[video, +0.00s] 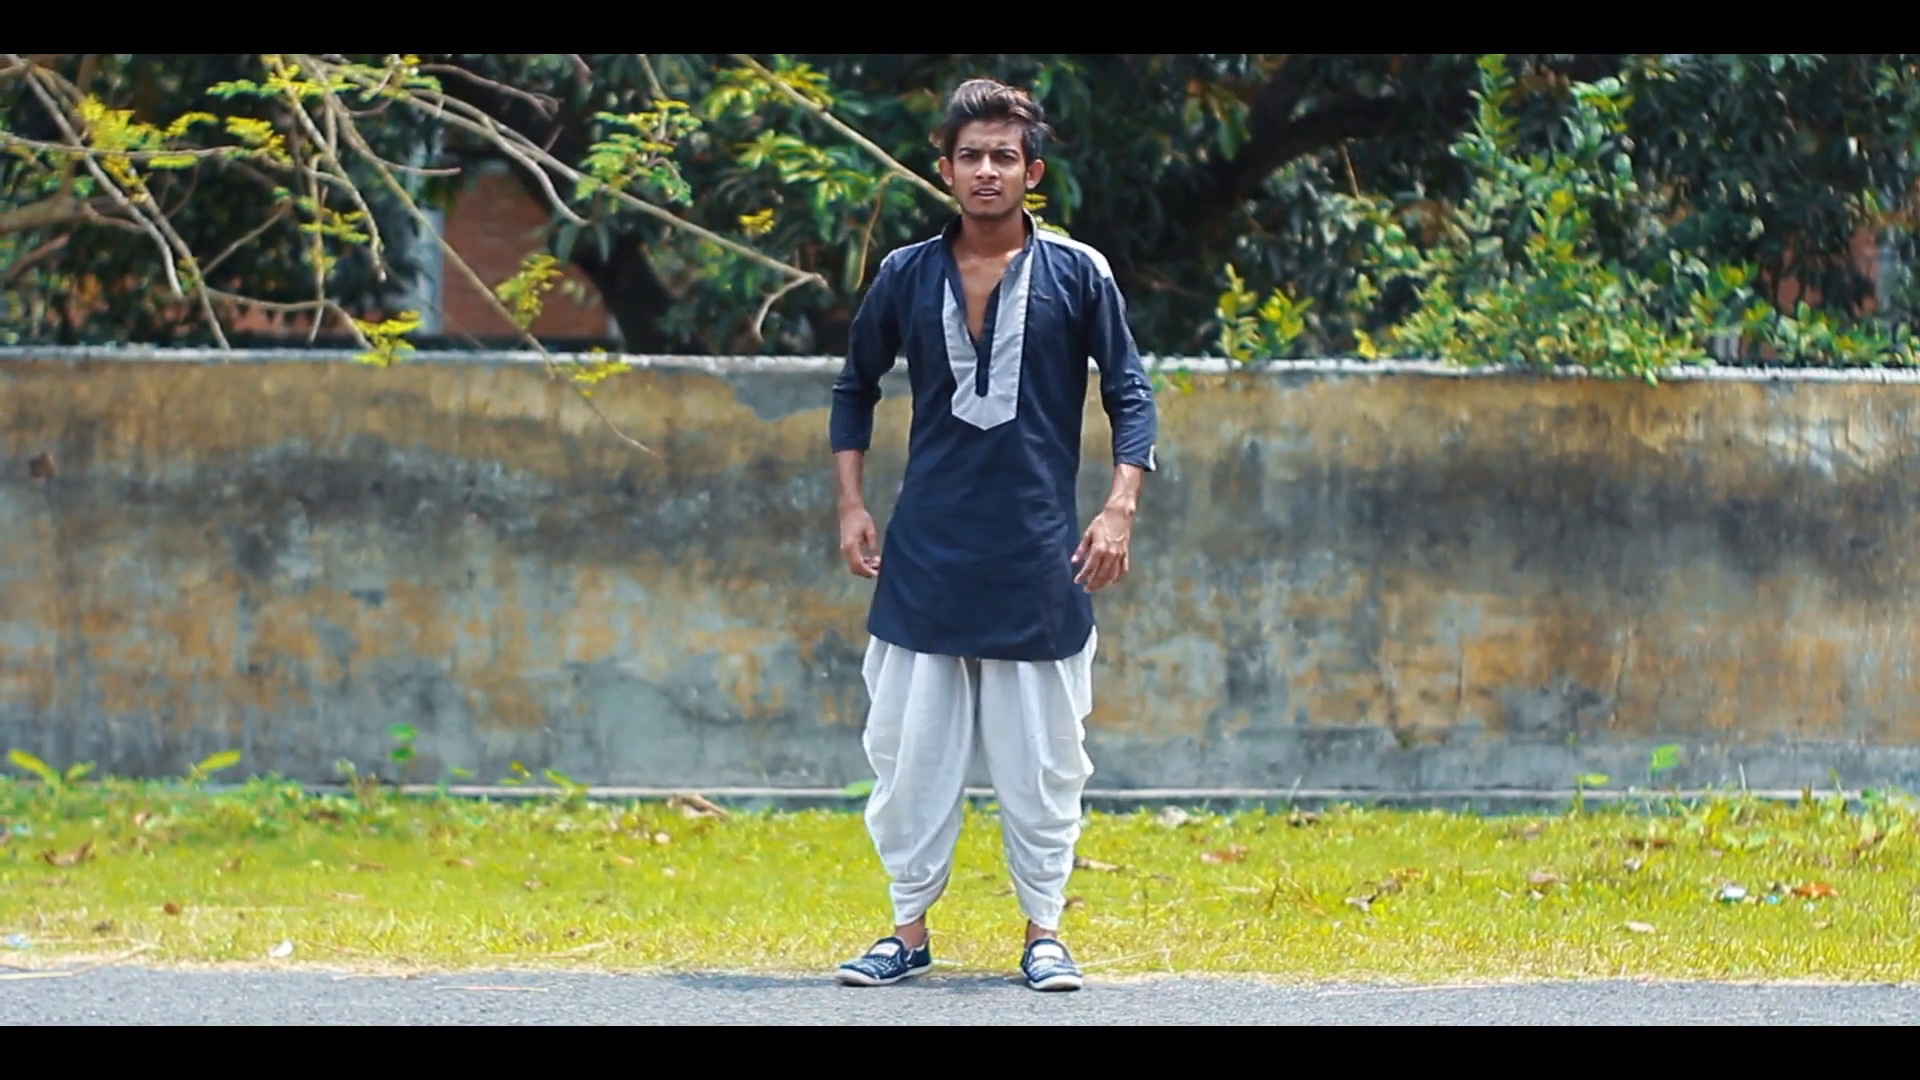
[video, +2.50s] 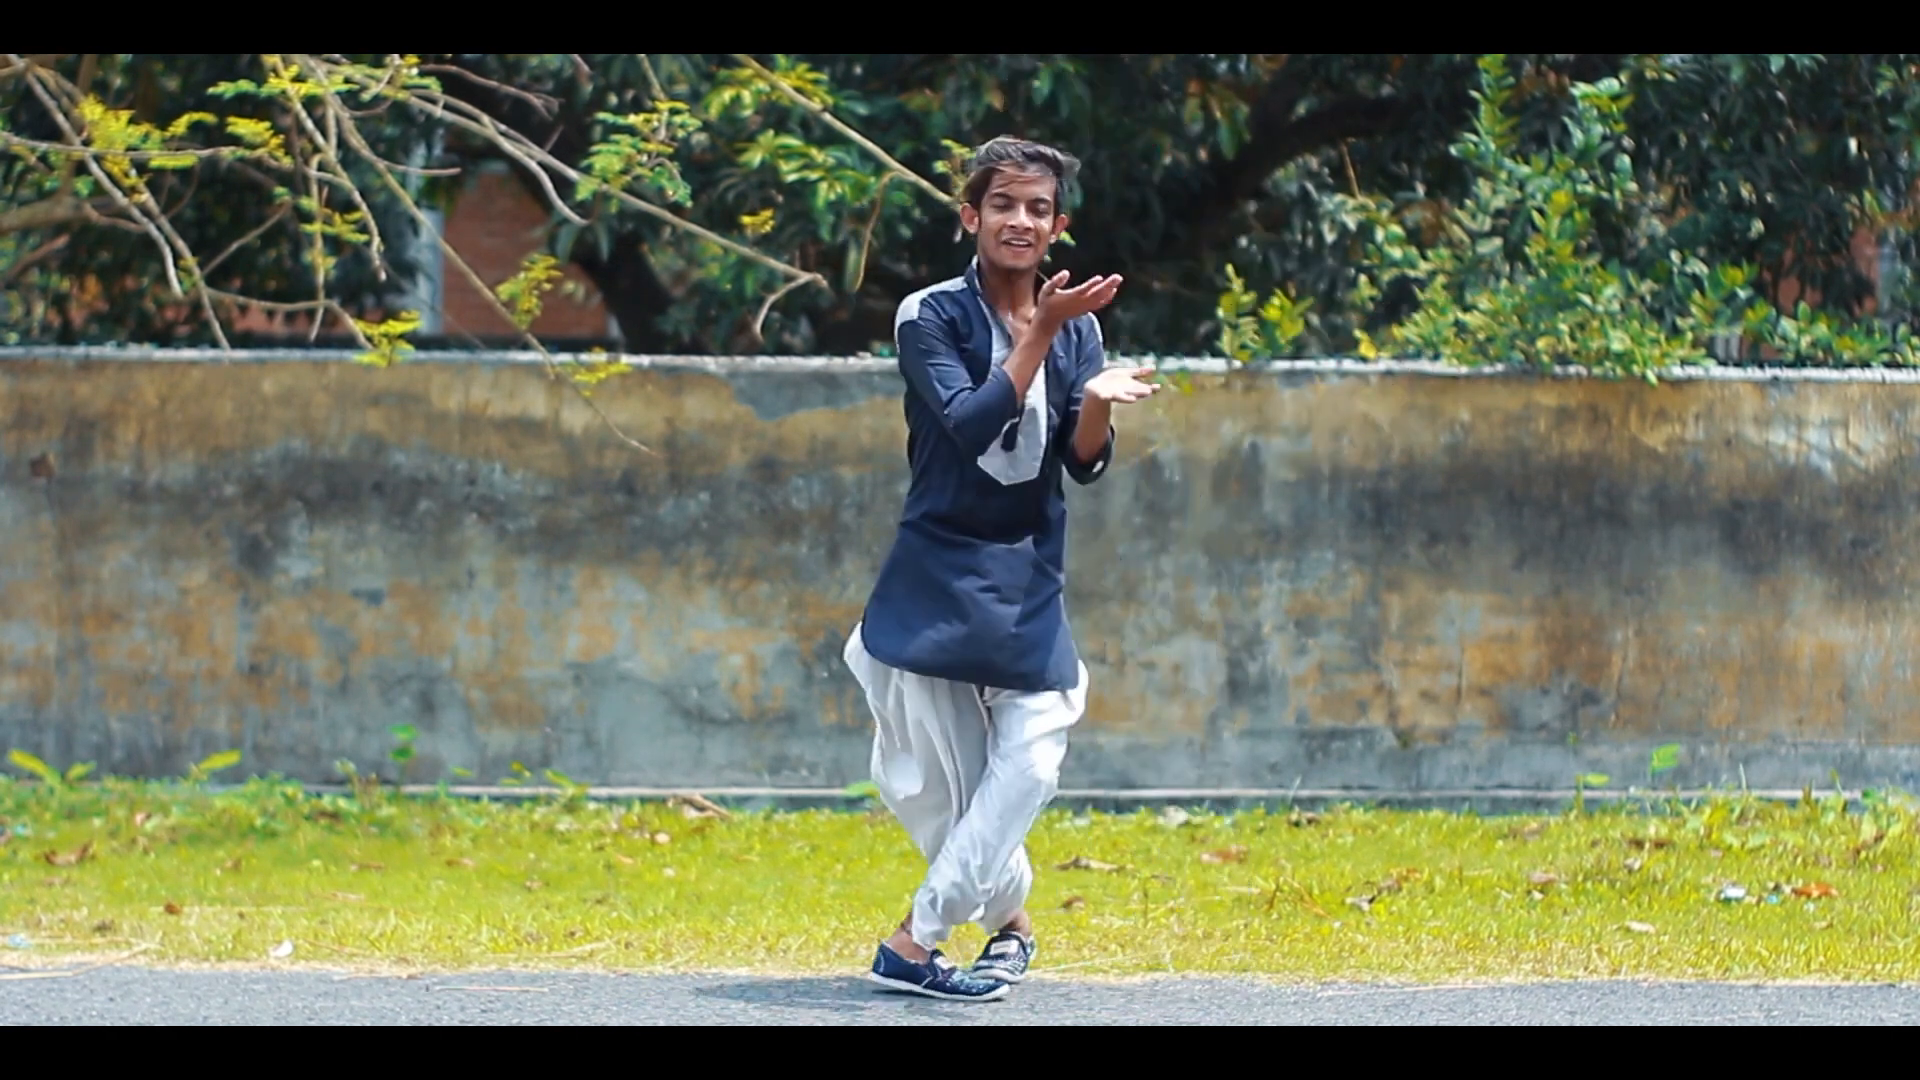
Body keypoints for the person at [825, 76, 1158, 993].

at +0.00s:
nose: (988, 173)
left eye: (1005, 158)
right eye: (972, 158)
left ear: (1031, 169)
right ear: (948, 169)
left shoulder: (1079, 273)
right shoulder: (902, 275)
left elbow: (1130, 396)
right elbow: (856, 388)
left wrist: (1120, 507)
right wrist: (851, 503)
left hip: (1036, 547)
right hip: (926, 546)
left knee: (1043, 750)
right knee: (907, 747)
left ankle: (1044, 935)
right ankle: (910, 933)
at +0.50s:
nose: (1023, 145)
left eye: (1040, 129)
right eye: (1008, 130)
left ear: (1073, 132)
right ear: (985, 132)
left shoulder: (1110, 212)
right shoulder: (959, 205)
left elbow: (1155, 289)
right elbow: (837, 253)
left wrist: (1066, 287)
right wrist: (924, 246)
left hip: (1067, 491)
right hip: (973, 485)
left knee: (1017, 690)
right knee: (936, 695)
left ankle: (986, 892)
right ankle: (1022, 884)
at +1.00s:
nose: (1095, 199)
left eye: (1112, 182)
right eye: (1085, 183)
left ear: (1163, 175)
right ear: (1083, 180)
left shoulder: (1201, 247)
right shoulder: (1100, 240)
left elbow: (1301, 199)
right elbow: (1062, 178)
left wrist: (1233, 134)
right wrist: (1083, 118)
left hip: (1137, 544)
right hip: (1057, 536)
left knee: (1149, 747)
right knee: (974, 700)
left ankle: (1220, 936)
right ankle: (961, 913)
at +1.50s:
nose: (1158, 231)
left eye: (1173, 214)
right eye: (1150, 214)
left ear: (1222, 207)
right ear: (1150, 210)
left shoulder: (1262, 289)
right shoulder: (1154, 272)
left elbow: (1286, 298)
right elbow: (1050, 230)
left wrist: (1245, 216)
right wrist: (1134, 185)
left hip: (1171, 552)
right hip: (1085, 527)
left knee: (1157, 766)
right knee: (969, 702)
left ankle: (1205, 946)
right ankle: (948, 915)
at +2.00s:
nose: (1156, 225)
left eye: (1175, 213)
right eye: (1141, 212)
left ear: (1203, 237)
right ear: (1117, 232)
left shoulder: (1235, 348)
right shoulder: (1076, 336)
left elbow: (1304, 464)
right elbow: (1021, 450)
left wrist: (1415, 410)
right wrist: (915, 401)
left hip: (1167, 611)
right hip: (1058, 599)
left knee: (1192, 788)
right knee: (948, 758)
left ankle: (1226, 965)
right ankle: (935, 944)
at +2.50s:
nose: (1021, 222)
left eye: (1039, 208)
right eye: (1004, 206)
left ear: (1057, 225)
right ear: (971, 216)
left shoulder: (1073, 324)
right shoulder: (930, 314)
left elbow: (1081, 461)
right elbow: (967, 427)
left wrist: (1097, 402)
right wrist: (1039, 331)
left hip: (1028, 574)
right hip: (936, 570)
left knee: (1031, 764)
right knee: (946, 772)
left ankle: (912, 943)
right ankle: (1009, 924)